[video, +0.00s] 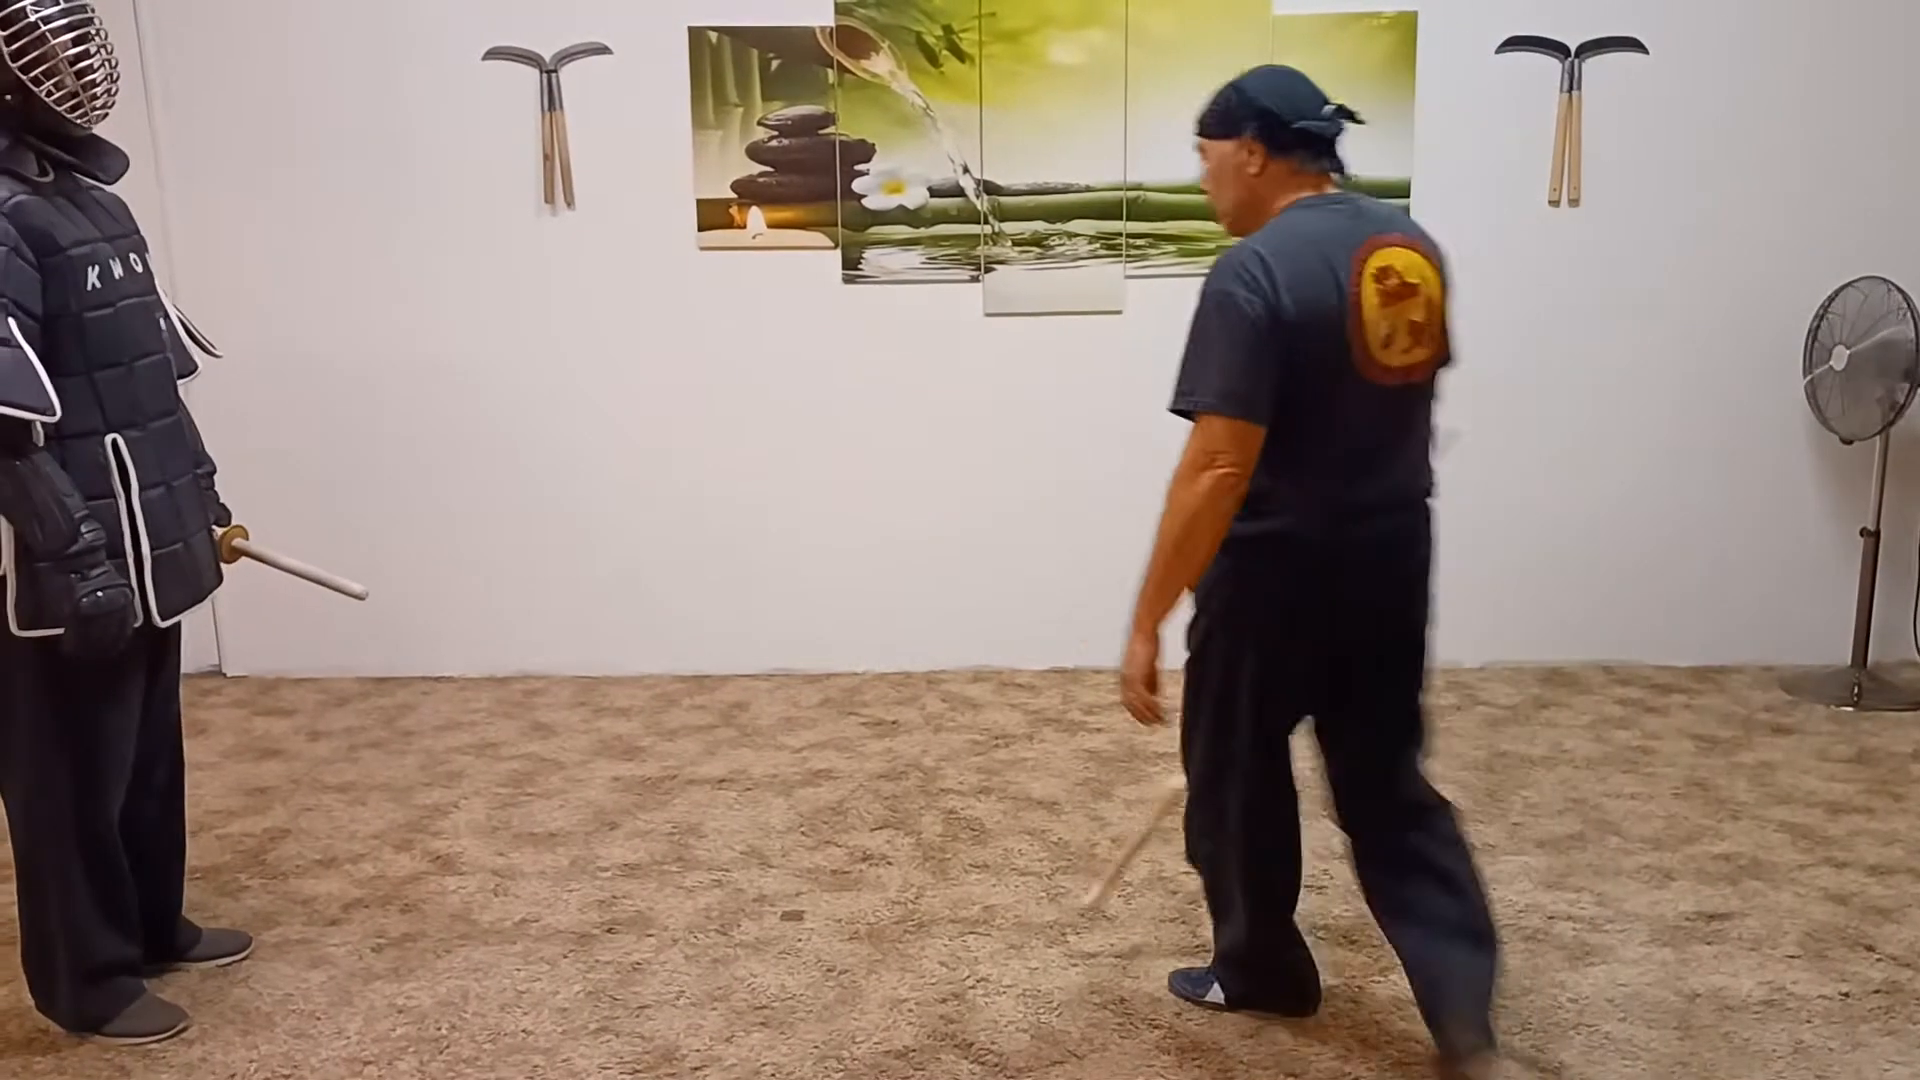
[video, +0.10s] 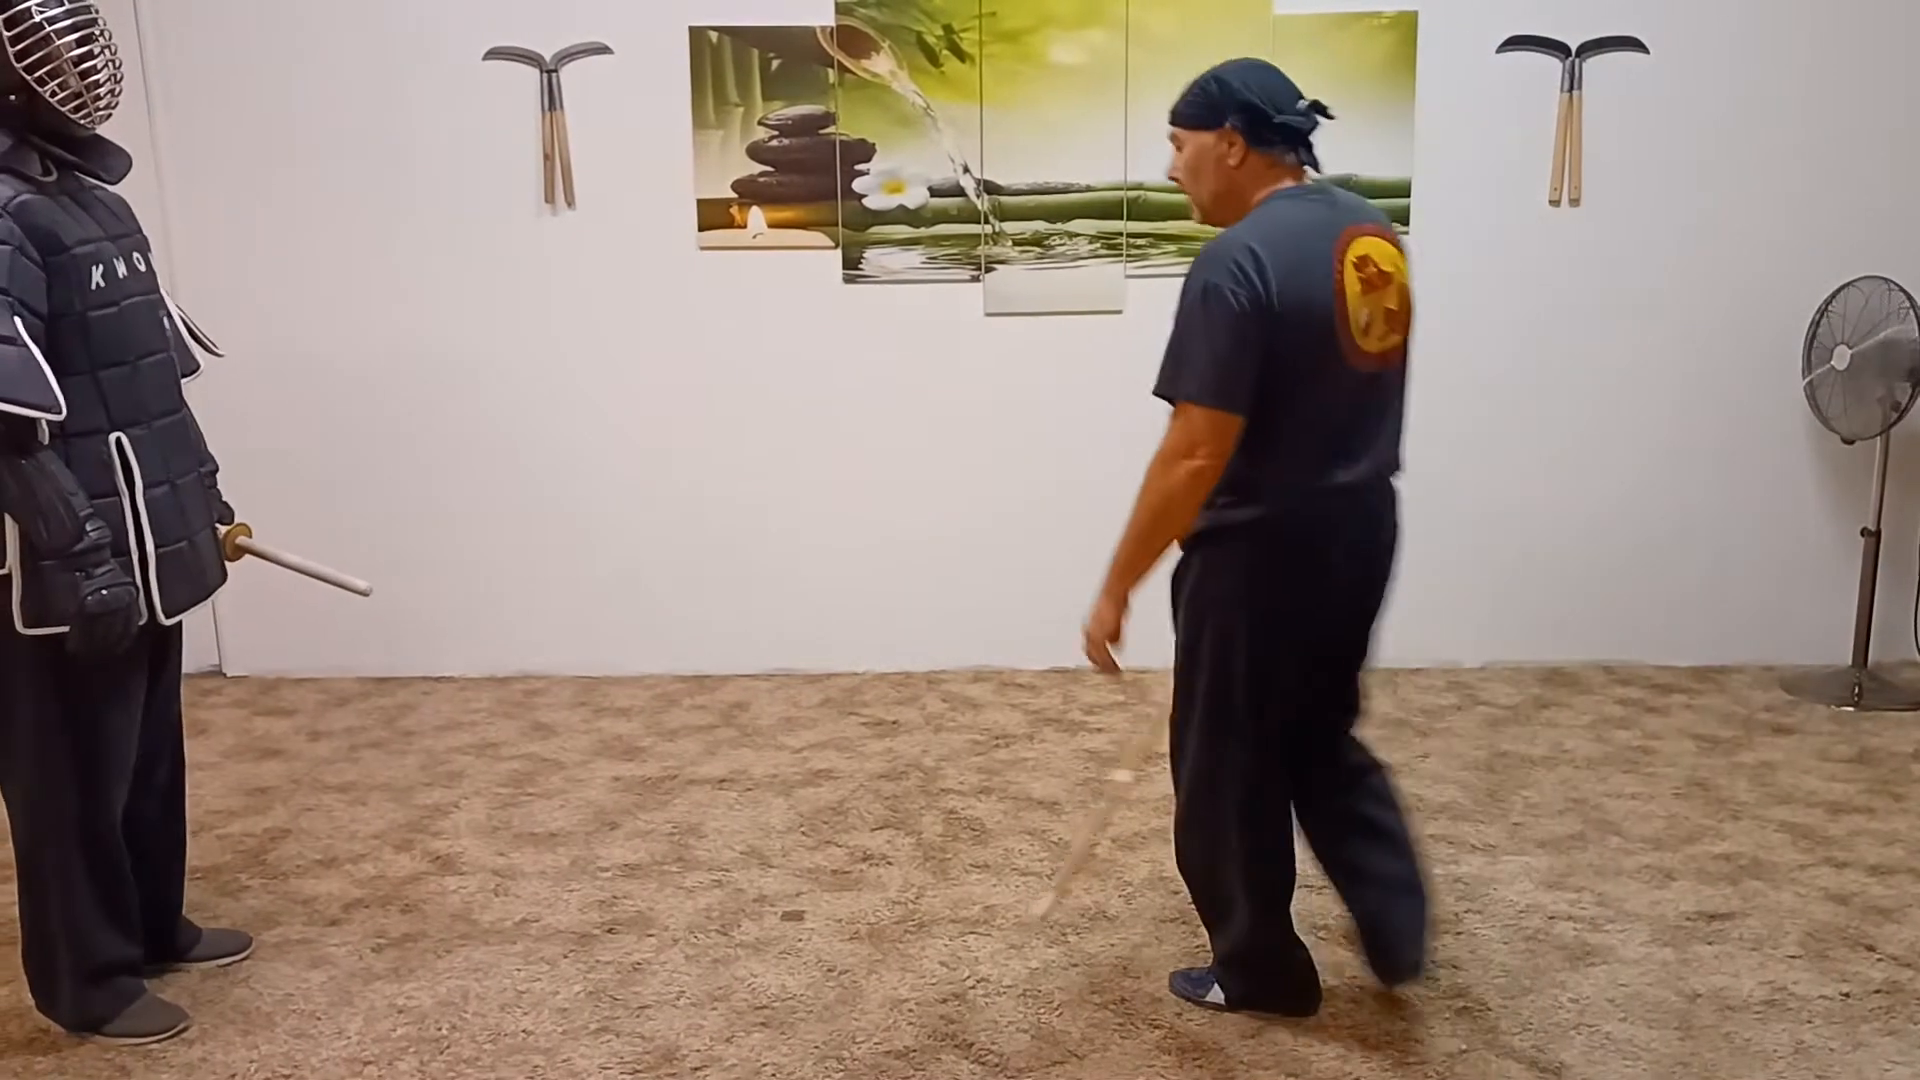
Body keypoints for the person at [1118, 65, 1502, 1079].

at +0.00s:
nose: (1204, 183)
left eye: (1210, 160)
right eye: (1204, 162)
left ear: (1256, 155)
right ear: (1305, 155)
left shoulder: (1254, 270)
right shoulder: (1404, 240)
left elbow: (1218, 464)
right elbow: (1412, 398)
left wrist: (1145, 620)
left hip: (1268, 562)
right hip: (1388, 552)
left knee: (1234, 760)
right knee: (1383, 771)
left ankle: (1263, 966)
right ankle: (1457, 978)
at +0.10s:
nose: (1176, 175)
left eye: (1182, 154)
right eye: (1175, 156)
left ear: (1235, 146)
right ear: (1277, 148)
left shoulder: (1235, 262)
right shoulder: (1367, 226)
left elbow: (1195, 450)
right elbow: (1364, 397)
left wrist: (1117, 585)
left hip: (1254, 547)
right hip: (1358, 530)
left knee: (1223, 760)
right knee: (1315, 731)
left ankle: (1259, 969)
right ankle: (1395, 918)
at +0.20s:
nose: (1155, 159)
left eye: (1167, 136)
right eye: (1156, 138)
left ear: (1229, 137)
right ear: (1250, 141)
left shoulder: (1227, 254)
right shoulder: (1334, 218)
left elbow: (1187, 436)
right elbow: (1327, 385)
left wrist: (1104, 541)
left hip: (1244, 533)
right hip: (1328, 514)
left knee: (1216, 746)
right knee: (1283, 724)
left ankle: (1264, 967)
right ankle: (1313, 917)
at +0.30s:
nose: (1141, 157)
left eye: (1156, 133)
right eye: (1142, 136)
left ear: (1221, 136)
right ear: (1231, 142)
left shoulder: (1228, 251)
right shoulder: (1298, 216)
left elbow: (1190, 431)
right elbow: (1276, 388)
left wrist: (1102, 509)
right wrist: (1170, 475)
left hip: (1238, 527)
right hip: (1297, 506)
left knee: (1216, 742)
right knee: (1249, 704)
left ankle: (1265, 971)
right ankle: (1233, 854)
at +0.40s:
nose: (1133, 160)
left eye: (1150, 135)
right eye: (1130, 141)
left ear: (1218, 137)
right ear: (1206, 146)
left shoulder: (1241, 245)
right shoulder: (1233, 225)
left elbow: (1212, 422)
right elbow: (1176, 368)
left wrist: (1115, 487)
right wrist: (1105, 435)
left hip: (1241, 521)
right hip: (1224, 507)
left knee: (1220, 733)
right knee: (1190, 697)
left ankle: (1265, 968)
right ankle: (1161, 842)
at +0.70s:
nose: (1120, 146)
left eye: (1139, 126)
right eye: (1108, 132)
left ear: (1190, 127)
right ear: (1098, 146)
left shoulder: (1245, 217)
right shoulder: (1109, 239)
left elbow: (1307, 357)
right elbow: (1044, 338)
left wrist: (1184, 452)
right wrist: (1014, 427)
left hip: (1246, 515)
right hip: (1151, 510)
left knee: (1256, 725)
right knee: (1150, 698)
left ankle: (1255, 927)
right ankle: (1152, 860)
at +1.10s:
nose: (1190, 133)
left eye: (1207, 116)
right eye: (1172, 121)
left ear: (1244, 128)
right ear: (1152, 141)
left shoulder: (1304, 221)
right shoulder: (1126, 240)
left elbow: (1379, 341)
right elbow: (1064, 356)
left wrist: (1311, 449)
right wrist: (987, 463)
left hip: (1282, 497)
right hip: (1164, 500)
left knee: (1303, 691)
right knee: (1147, 692)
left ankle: (1305, 863)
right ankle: (1152, 861)